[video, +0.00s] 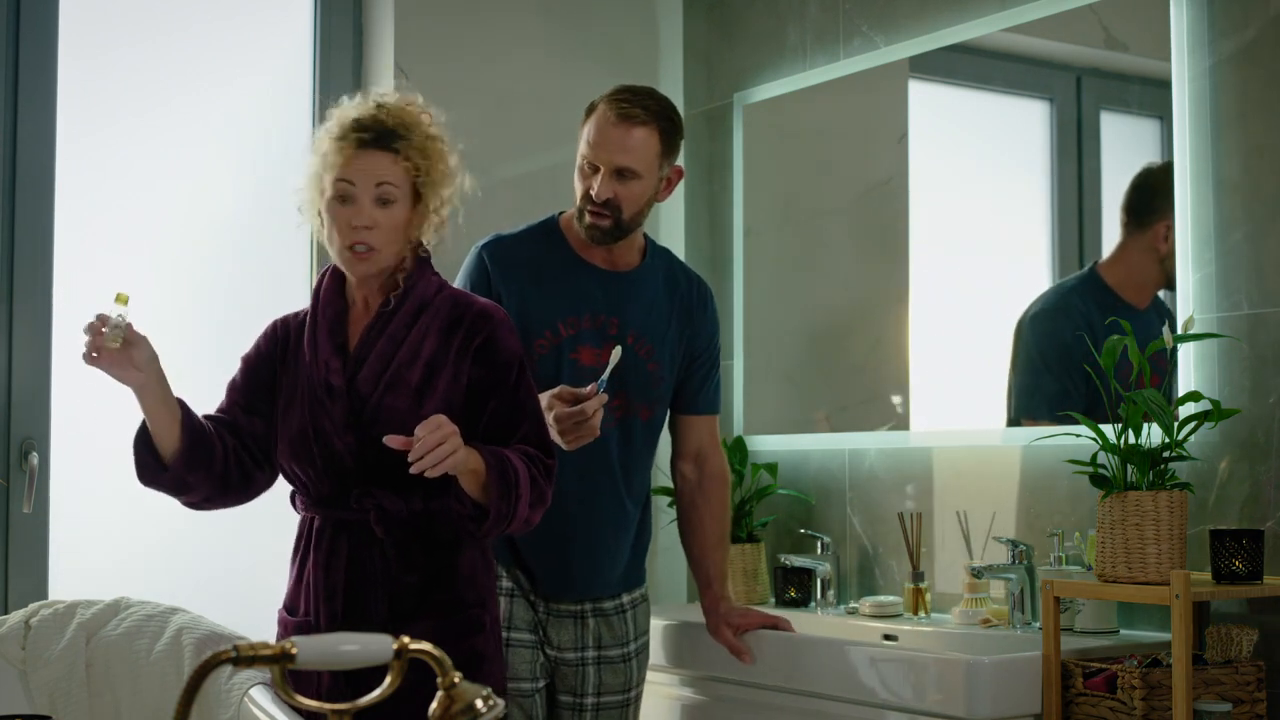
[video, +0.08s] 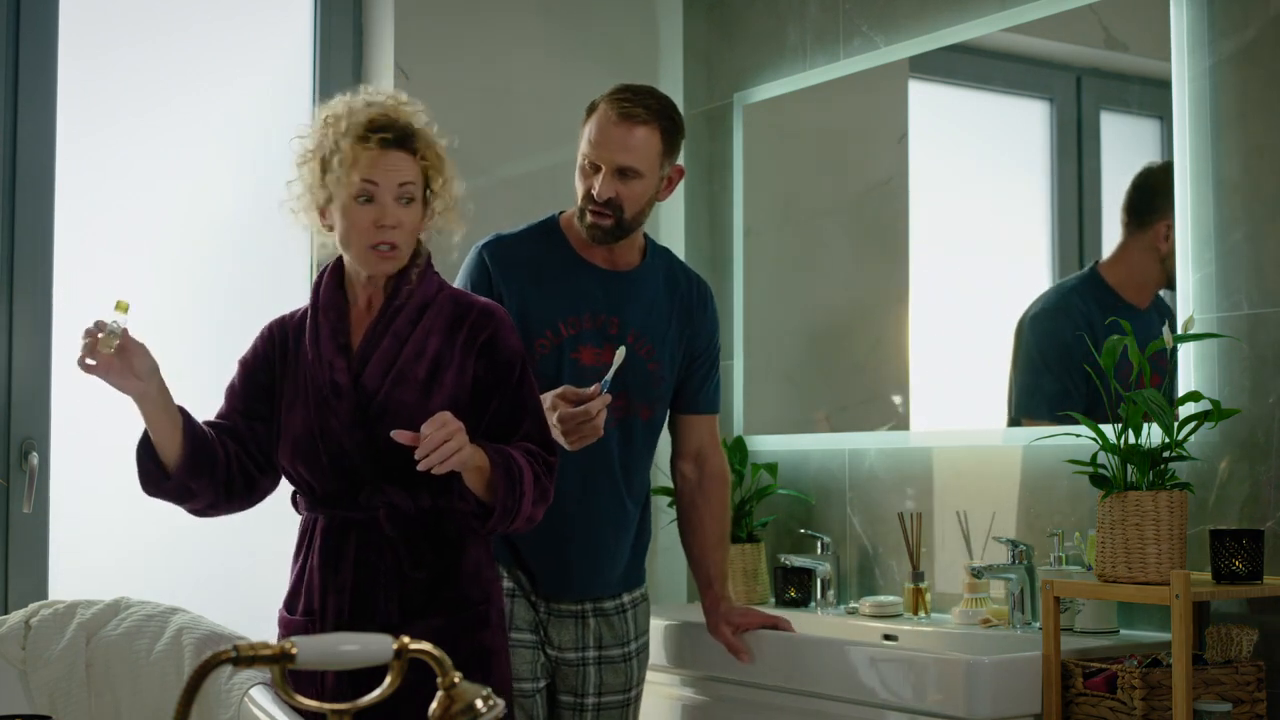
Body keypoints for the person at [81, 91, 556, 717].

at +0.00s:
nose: (360, 218)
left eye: (385, 199)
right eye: (343, 197)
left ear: (422, 214)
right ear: (321, 208)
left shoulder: (477, 331)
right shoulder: (289, 343)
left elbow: (529, 485)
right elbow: (222, 473)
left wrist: (466, 460)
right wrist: (148, 381)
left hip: (445, 617)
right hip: (319, 617)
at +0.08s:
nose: (388, 218)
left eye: (407, 197)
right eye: (366, 196)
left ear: (429, 210)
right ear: (326, 208)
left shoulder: (479, 330)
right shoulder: (287, 343)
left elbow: (532, 487)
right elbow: (226, 478)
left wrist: (473, 459)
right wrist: (148, 391)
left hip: (451, 618)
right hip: (324, 618)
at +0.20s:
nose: (414, 218)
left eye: (427, 197)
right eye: (389, 196)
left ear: (439, 206)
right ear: (336, 210)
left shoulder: (481, 329)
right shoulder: (283, 342)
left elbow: (538, 484)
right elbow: (232, 482)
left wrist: (487, 456)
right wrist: (154, 402)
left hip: (463, 608)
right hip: (334, 608)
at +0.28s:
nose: (422, 220)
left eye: (433, 200)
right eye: (398, 198)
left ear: (443, 207)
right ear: (341, 208)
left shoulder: (481, 329)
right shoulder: (283, 342)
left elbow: (539, 488)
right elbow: (237, 489)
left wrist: (504, 459)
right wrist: (167, 401)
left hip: (469, 609)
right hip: (341, 609)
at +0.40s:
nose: (435, 224)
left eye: (441, 204)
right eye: (412, 201)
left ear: (451, 207)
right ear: (348, 205)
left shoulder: (479, 328)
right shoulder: (284, 341)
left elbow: (529, 505)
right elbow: (241, 497)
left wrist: (535, 454)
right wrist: (205, 369)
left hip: (479, 612)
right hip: (349, 619)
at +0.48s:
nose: (441, 227)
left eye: (446, 207)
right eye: (420, 206)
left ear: (453, 210)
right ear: (355, 211)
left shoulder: (478, 327)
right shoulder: (291, 336)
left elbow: (509, 489)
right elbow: (253, 481)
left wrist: (538, 448)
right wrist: (233, 336)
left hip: (482, 602)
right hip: (358, 606)